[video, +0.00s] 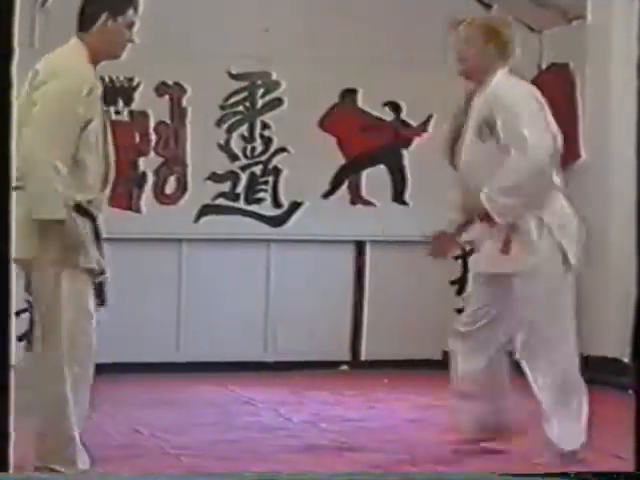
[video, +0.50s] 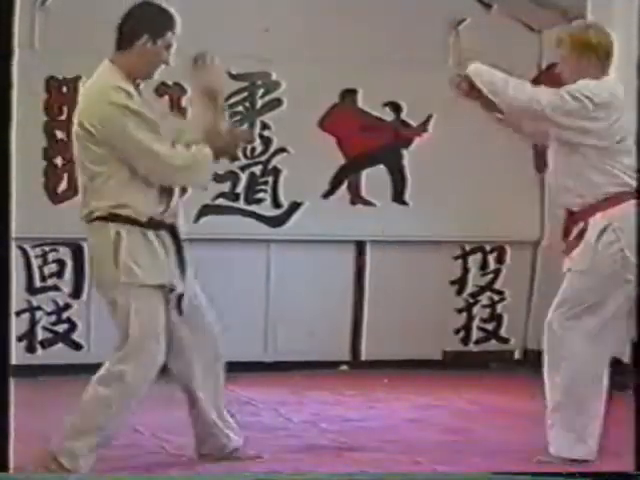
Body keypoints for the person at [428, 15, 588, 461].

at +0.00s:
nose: (458, 58)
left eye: (466, 49)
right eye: (456, 49)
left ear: (492, 49)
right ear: (464, 54)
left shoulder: (515, 94)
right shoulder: (475, 102)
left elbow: (538, 155)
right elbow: (476, 181)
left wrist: (492, 206)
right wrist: (457, 230)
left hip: (537, 237)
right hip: (495, 238)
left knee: (546, 339)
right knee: (475, 333)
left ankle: (567, 438)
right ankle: (488, 422)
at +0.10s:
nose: (482, 58)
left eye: (492, 49)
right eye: (483, 49)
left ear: (516, 55)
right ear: (494, 55)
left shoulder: (530, 100)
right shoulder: (492, 105)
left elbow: (539, 175)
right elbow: (491, 189)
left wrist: (492, 212)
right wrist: (470, 241)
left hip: (551, 234)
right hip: (521, 237)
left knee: (549, 342)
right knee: (513, 344)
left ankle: (565, 445)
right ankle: (554, 434)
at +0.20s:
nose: (515, 51)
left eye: (525, 45)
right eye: (516, 43)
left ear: (548, 53)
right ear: (524, 51)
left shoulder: (552, 97)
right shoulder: (524, 96)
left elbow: (508, 154)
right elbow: (502, 163)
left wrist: (464, 188)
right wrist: (466, 201)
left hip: (575, 230)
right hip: (553, 231)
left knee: (556, 341)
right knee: (557, 338)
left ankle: (565, 448)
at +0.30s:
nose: (530, 55)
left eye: (538, 47)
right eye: (531, 46)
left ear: (563, 50)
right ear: (565, 51)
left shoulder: (563, 93)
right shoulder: (570, 90)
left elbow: (501, 128)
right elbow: (509, 144)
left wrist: (448, 129)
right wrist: (453, 148)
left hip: (582, 228)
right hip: (594, 222)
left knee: (562, 339)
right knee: (617, 335)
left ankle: (569, 446)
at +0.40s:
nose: (547, 63)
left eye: (553, 54)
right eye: (548, 54)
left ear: (574, 55)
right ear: (589, 56)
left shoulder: (585, 94)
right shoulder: (586, 94)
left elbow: (514, 96)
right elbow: (528, 120)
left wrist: (464, 74)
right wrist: (482, 106)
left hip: (607, 230)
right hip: (602, 229)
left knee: (566, 331)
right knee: (573, 332)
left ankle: (572, 450)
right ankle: (573, 448)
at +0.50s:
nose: (556, 63)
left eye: (562, 54)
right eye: (558, 55)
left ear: (580, 56)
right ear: (597, 58)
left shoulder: (594, 97)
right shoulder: (603, 98)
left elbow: (530, 102)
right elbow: (531, 126)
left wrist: (475, 70)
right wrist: (482, 98)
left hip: (614, 229)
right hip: (613, 228)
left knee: (569, 324)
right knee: (580, 327)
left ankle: (573, 446)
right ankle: (574, 443)